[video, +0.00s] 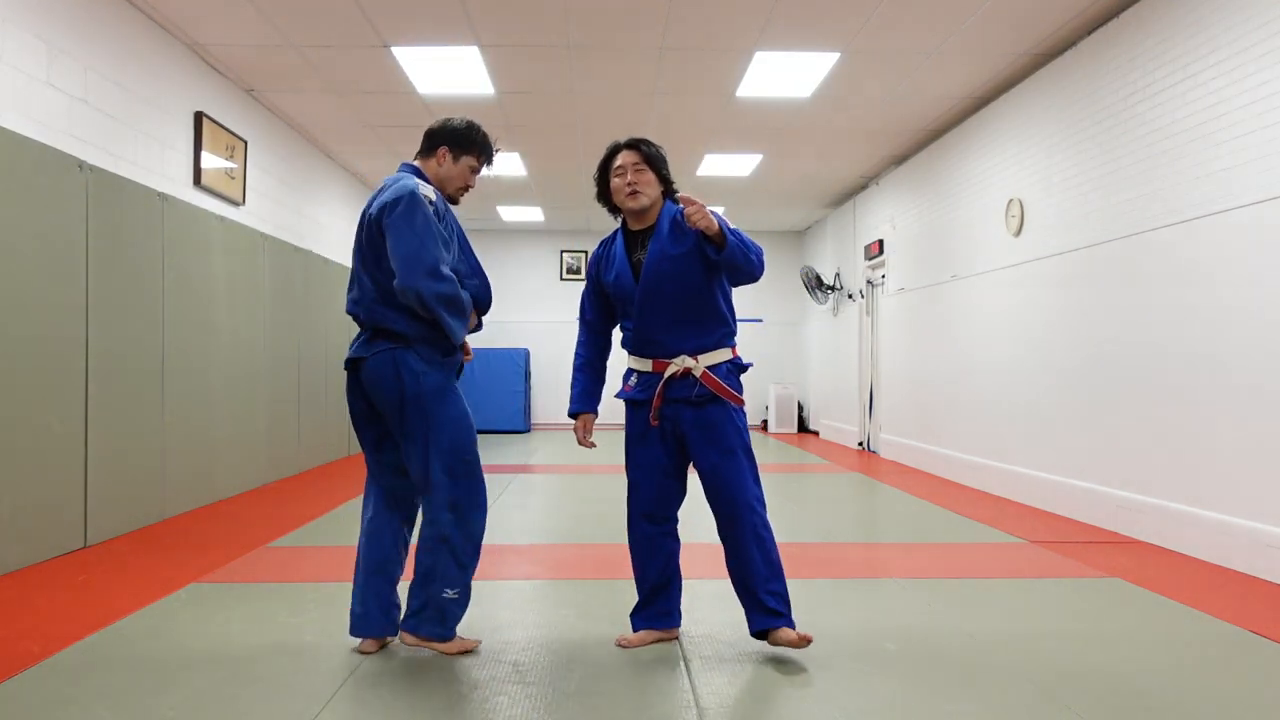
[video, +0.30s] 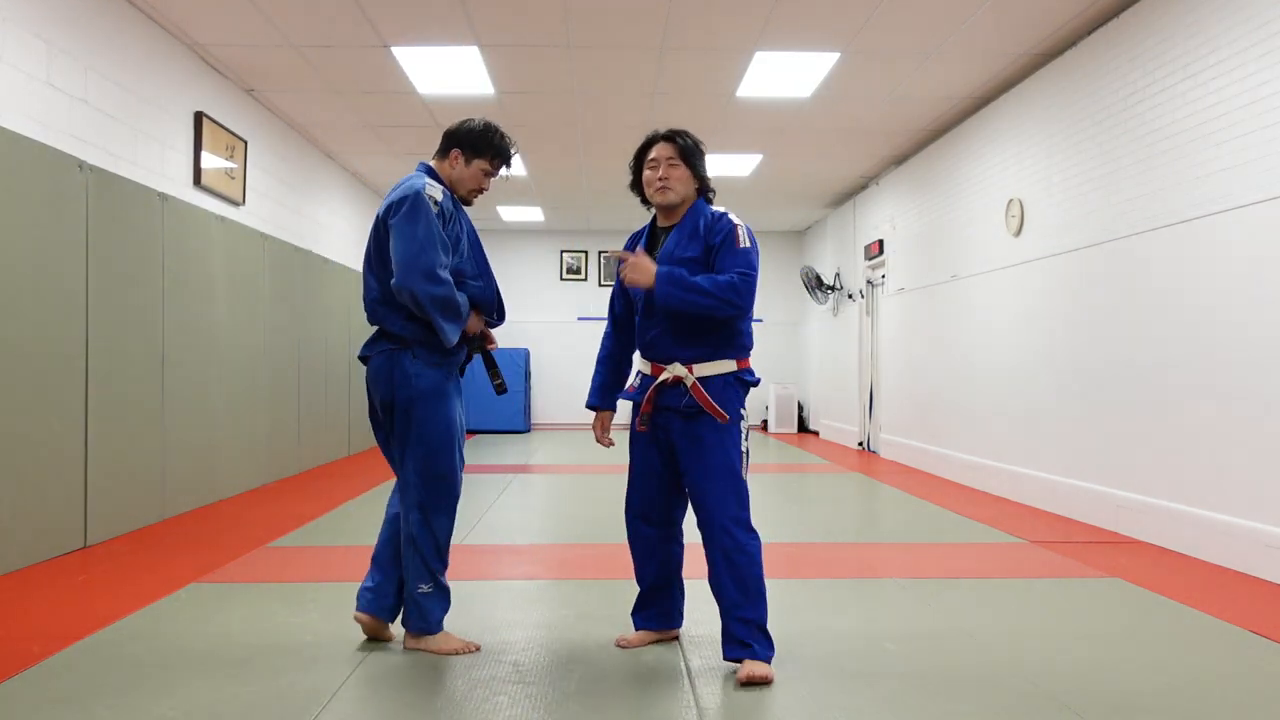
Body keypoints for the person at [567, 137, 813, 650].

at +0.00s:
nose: (629, 177)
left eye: (639, 168)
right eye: (619, 172)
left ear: (661, 178)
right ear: (609, 191)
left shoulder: (696, 221)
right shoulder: (607, 255)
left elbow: (751, 268)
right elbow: (593, 332)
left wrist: (715, 231)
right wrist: (584, 403)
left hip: (712, 382)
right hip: (646, 389)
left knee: (740, 504)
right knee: (649, 511)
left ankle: (772, 620)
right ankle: (658, 620)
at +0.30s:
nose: (659, 171)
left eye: (672, 163)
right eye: (651, 165)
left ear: (696, 176)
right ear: (640, 180)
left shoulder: (724, 228)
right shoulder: (639, 243)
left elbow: (738, 298)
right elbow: (621, 326)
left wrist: (657, 279)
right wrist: (604, 397)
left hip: (712, 389)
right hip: (655, 391)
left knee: (725, 522)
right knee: (650, 514)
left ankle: (750, 649)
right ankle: (660, 619)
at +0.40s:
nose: (675, 170)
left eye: (688, 161)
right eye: (666, 163)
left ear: (714, 173)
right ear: (658, 177)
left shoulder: (738, 230)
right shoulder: (654, 242)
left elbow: (734, 314)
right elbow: (637, 324)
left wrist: (650, 329)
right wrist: (616, 396)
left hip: (719, 389)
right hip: (663, 390)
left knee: (727, 522)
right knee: (650, 513)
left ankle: (752, 653)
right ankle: (659, 621)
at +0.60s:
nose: (694, 165)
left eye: (708, 155)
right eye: (686, 156)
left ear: (738, 165)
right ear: (679, 166)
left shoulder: (757, 226)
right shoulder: (687, 229)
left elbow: (767, 324)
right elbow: (682, 318)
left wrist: (685, 348)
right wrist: (662, 382)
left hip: (742, 392)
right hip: (687, 389)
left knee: (736, 523)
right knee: (659, 508)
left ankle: (755, 656)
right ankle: (666, 615)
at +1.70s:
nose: (742, 148)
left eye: (758, 139)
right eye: (732, 138)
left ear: (783, 155)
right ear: (719, 153)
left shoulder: (808, 221)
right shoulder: (695, 227)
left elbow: (857, 299)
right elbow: (671, 318)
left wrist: (798, 259)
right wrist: (656, 395)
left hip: (780, 393)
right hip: (707, 390)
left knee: (767, 534)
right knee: (687, 527)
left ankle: (759, 660)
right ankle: (671, 667)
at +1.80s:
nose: (738, 147)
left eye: (753, 137)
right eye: (728, 136)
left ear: (779, 153)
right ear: (712, 150)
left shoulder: (805, 218)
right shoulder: (689, 226)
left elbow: (861, 288)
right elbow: (664, 314)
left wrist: (806, 226)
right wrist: (646, 395)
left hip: (778, 394)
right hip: (704, 391)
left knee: (769, 537)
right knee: (692, 530)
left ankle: (759, 661)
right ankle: (682, 672)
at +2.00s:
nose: (727, 146)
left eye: (741, 135)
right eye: (715, 136)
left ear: (763, 149)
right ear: (697, 151)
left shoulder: (791, 213)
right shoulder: (673, 227)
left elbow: (861, 270)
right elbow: (645, 320)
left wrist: (809, 198)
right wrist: (633, 405)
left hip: (774, 398)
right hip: (697, 397)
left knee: (770, 540)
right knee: (694, 540)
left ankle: (761, 657)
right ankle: (693, 686)